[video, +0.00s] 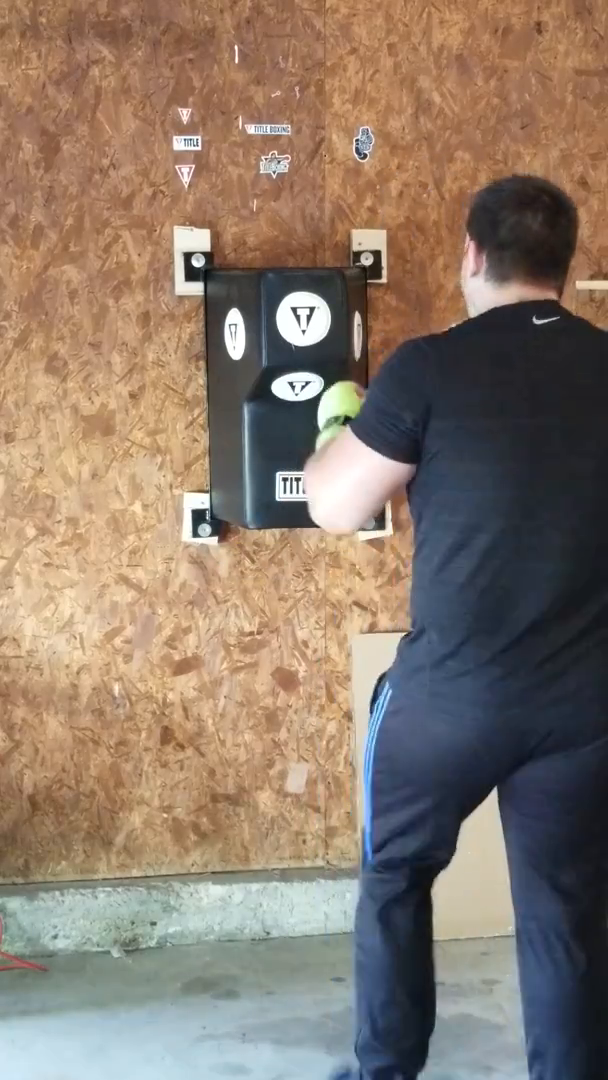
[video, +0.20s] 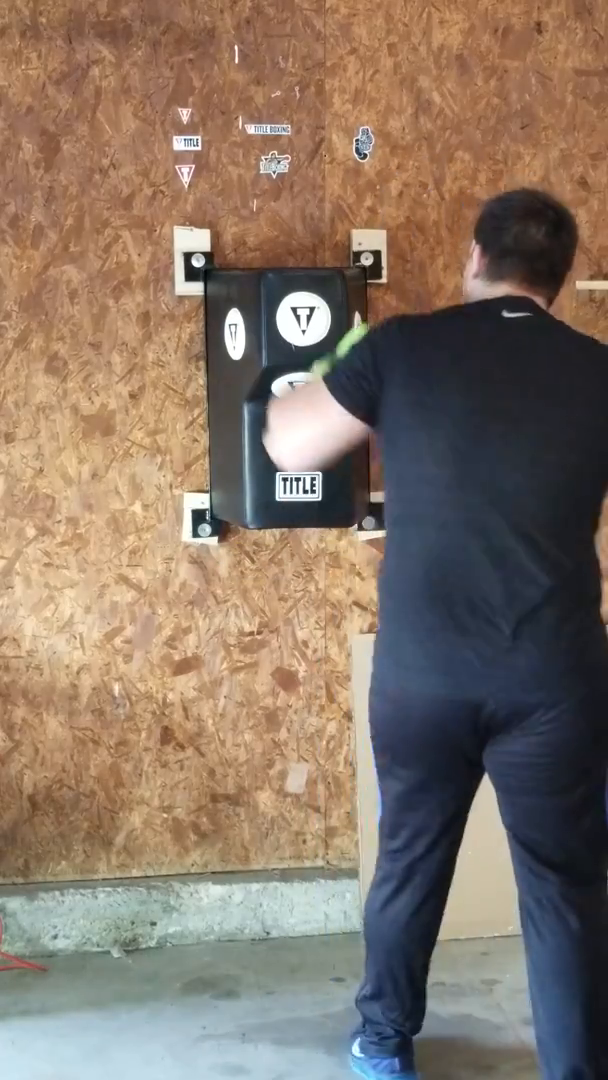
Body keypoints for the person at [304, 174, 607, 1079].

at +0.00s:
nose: (459, 262)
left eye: (462, 251)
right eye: (462, 250)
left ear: (473, 255)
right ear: (567, 264)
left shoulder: (430, 366)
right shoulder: (602, 357)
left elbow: (339, 505)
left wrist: (335, 459)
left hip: (458, 686)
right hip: (586, 691)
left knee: (395, 873)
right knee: (567, 919)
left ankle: (384, 1064)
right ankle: (566, 1071)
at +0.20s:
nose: (463, 265)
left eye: (466, 253)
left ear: (473, 260)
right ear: (563, 278)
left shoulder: (403, 346)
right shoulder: (596, 370)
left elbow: (292, 445)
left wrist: (290, 392)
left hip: (425, 661)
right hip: (556, 666)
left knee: (409, 858)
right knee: (565, 887)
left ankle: (382, 1044)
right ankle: (576, 1065)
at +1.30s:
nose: (275, 350)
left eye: (271, 336)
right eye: (270, 338)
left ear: (289, 323)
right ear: (358, 297)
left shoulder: (341, 375)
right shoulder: (444, 369)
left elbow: (252, 489)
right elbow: (390, 481)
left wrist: (258, 407)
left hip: (376, 637)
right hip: (482, 630)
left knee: (307, 831)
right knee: (475, 825)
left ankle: (273, 1016)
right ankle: (550, 1009)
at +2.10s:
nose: (241, 329)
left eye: (239, 318)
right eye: (244, 318)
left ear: (255, 309)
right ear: (332, 290)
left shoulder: (246, 368)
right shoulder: (418, 353)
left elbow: (201, 495)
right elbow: (401, 462)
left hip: (314, 628)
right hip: (431, 621)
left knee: (285, 828)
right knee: (462, 811)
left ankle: (273, 1013)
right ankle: (532, 997)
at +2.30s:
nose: (271, 318)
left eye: (269, 304)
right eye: (271, 306)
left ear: (285, 296)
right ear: (360, 290)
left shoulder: (284, 367)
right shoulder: (432, 365)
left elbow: (216, 492)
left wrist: (188, 462)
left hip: (321, 631)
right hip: (436, 626)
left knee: (279, 829)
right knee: (463, 822)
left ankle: (271, 1013)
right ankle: (528, 1008)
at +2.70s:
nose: (380, 287)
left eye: (378, 276)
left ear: (381, 281)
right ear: (462, 292)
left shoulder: (316, 346)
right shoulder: (491, 363)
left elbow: (230, 452)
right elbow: (533, 487)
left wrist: (282, 392)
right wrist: (471, 431)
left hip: (328, 626)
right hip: (447, 628)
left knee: (310, 816)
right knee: (521, 804)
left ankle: (268, 1011)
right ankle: (586, 995)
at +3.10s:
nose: (409, 324)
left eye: (405, 315)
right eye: (404, 315)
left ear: (422, 297)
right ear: (493, 280)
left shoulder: (432, 346)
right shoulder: (587, 348)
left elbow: (360, 466)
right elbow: (580, 461)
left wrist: (368, 409)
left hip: (463, 611)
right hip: (577, 616)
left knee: (417, 805)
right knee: (565, 818)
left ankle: (405, 993)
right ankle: (587, 1020)